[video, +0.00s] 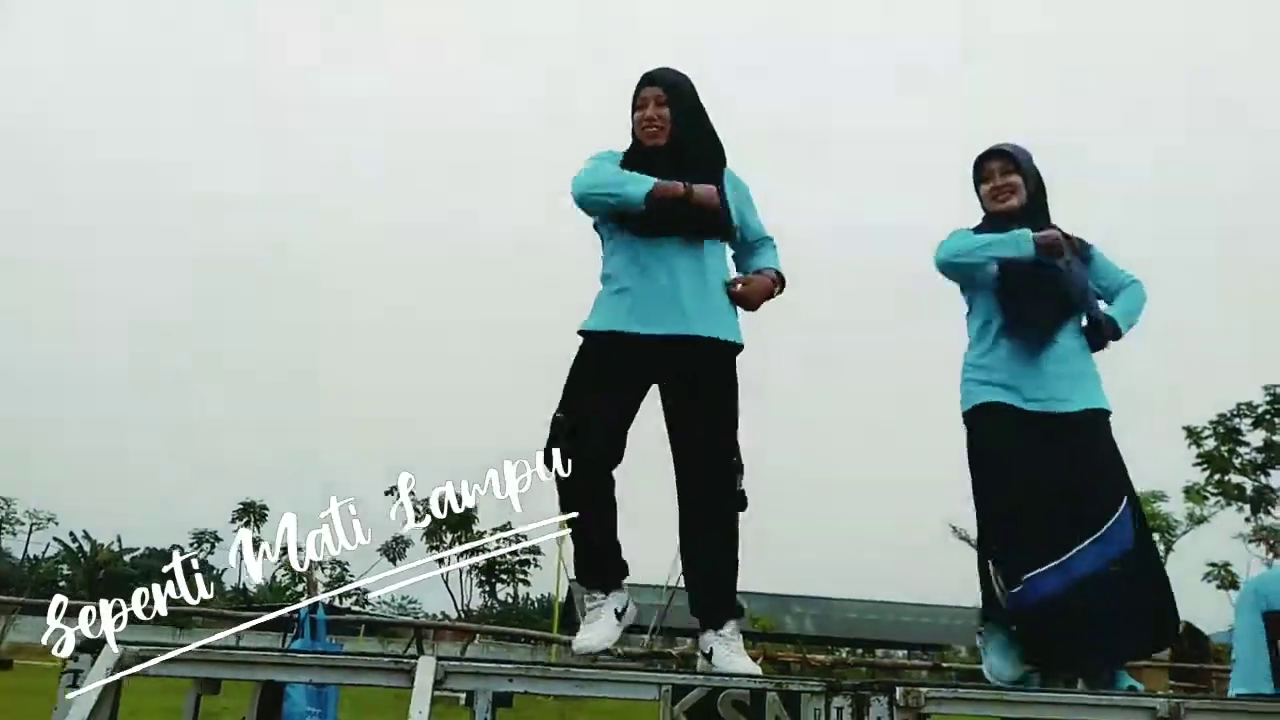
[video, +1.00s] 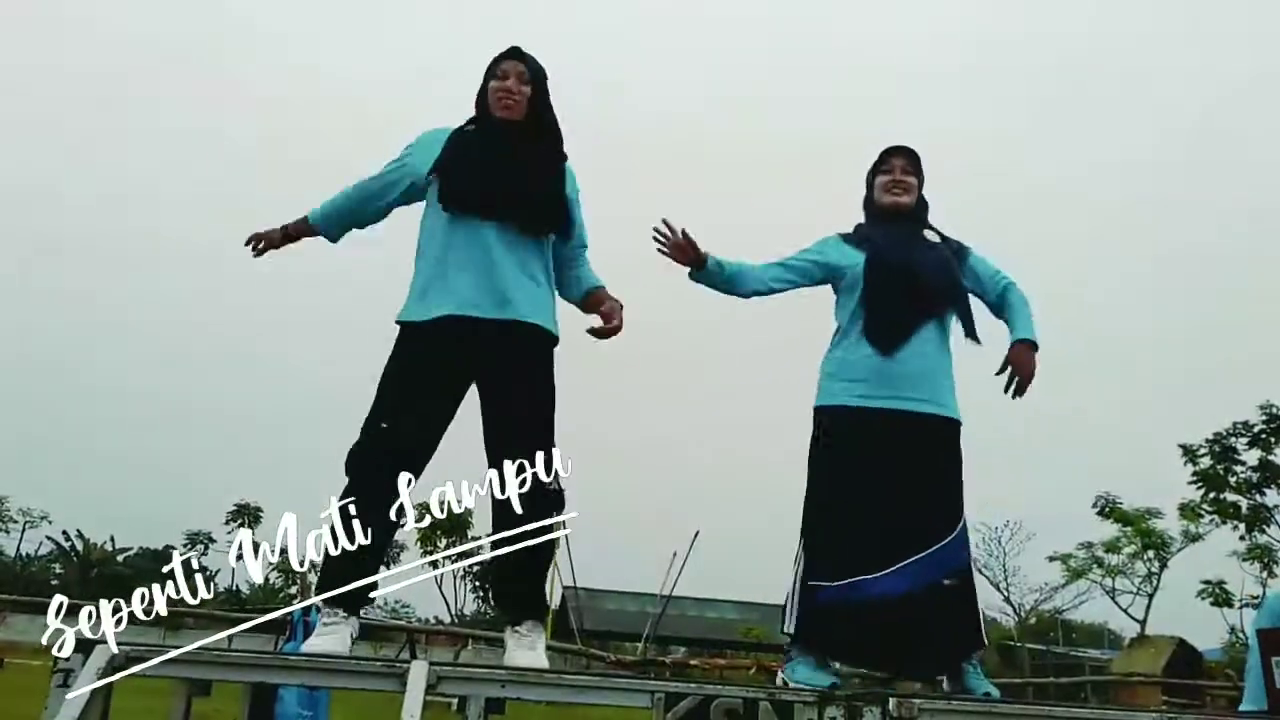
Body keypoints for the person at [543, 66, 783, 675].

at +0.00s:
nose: (651, 115)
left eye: (663, 106)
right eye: (642, 107)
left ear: (688, 114)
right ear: (632, 118)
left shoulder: (724, 182)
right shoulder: (612, 166)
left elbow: (757, 244)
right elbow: (586, 189)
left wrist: (766, 277)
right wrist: (680, 192)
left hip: (703, 336)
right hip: (619, 332)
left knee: (712, 481)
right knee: (575, 455)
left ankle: (719, 628)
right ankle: (605, 596)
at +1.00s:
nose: (509, 87)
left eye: (522, 81)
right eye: (501, 78)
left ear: (540, 98)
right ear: (484, 88)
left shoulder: (557, 172)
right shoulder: (444, 144)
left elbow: (571, 260)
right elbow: (377, 192)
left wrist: (600, 298)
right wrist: (301, 228)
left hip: (524, 328)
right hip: (438, 321)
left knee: (527, 473)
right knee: (383, 460)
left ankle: (525, 620)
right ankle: (340, 609)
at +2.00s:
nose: (583, 106)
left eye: (588, 100)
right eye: (573, 94)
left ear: (589, 114)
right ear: (539, 97)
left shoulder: (601, 179)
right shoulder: (489, 159)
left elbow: (676, 196)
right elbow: (442, 206)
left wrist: (616, 164)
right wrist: (418, 240)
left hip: (577, 329)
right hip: (491, 319)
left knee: (574, 478)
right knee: (436, 453)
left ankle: (566, 630)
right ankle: (402, 606)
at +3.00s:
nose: (654, 137)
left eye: (665, 129)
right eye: (646, 130)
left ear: (690, 140)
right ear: (634, 143)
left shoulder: (719, 212)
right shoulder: (609, 192)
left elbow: (766, 270)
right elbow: (606, 227)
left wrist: (764, 301)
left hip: (704, 354)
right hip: (622, 354)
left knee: (712, 496)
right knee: (619, 480)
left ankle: (699, 640)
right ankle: (643, 634)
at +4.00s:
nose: (534, 104)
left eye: (548, 96)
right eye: (526, 96)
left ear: (572, 108)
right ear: (515, 108)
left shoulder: (598, 182)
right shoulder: (483, 154)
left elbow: (626, 257)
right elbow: (396, 145)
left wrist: (633, 298)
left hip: (559, 333)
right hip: (473, 321)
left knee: (548, 479)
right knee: (410, 438)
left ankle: (531, 626)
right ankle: (406, 597)